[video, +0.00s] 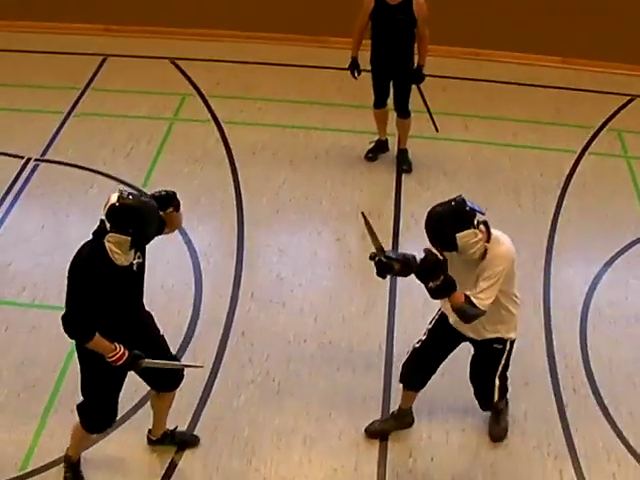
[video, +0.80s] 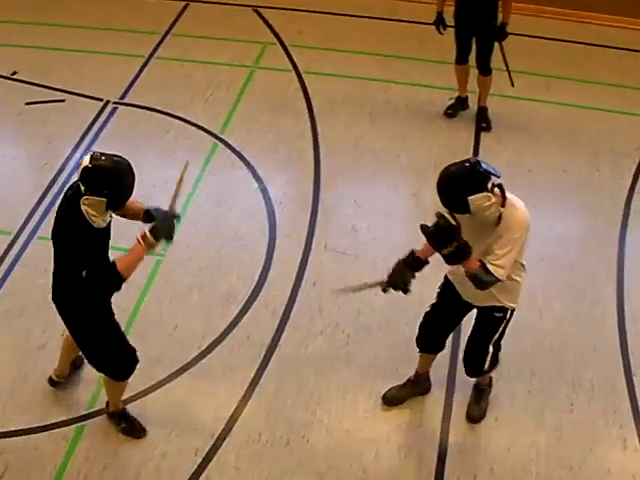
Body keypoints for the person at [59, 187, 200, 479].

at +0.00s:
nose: (138, 243)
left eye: (139, 238)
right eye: (135, 238)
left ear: (137, 232)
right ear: (121, 233)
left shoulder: (134, 234)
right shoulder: (87, 262)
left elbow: (169, 225)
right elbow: (75, 326)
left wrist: (170, 213)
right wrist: (115, 352)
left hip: (135, 324)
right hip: (100, 340)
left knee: (169, 377)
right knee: (99, 418)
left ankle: (158, 433)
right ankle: (72, 459)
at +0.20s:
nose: (144, 230)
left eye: (144, 225)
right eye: (140, 226)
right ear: (126, 226)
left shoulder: (126, 229)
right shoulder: (85, 256)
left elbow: (155, 215)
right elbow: (73, 322)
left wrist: (162, 205)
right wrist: (112, 347)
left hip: (131, 316)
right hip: (97, 336)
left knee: (172, 361)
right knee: (96, 407)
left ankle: (173, 417)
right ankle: (71, 450)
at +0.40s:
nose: (130, 217)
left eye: (130, 213)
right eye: (126, 213)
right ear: (110, 210)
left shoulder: (110, 206)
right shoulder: (72, 237)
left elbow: (135, 222)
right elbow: (72, 305)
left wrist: (154, 204)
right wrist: (119, 324)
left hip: (115, 287)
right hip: (83, 304)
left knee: (149, 333)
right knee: (96, 374)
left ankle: (181, 382)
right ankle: (80, 420)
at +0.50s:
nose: (123, 212)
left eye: (124, 208)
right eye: (120, 208)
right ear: (102, 206)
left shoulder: (94, 205)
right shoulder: (67, 237)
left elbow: (117, 223)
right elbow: (74, 305)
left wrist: (145, 214)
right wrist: (124, 316)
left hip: (100, 282)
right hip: (70, 301)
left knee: (139, 324)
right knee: (95, 370)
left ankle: (159, 375)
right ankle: (86, 414)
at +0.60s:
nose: (116, 210)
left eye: (118, 205)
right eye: (114, 206)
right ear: (97, 205)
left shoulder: (87, 202)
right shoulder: (66, 238)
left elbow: (111, 222)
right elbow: (84, 305)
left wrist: (137, 214)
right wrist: (135, 304)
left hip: (92, 281)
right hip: (66, 303)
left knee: (125, 321)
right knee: (97, 369)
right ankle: (92, 414)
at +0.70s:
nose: (121, 204)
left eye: (122, 199)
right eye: (118, 200)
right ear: (100, 200)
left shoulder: (83, 196)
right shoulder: (73, 236)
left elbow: (114, 212)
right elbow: (99, 298)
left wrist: (139, 207)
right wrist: (147, 277)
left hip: (85, 290)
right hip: (71, 306)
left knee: (114, 321)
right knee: (110, 365)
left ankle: (82, 378)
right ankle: (103, 411)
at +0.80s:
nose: (123, 199)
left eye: (123, 194)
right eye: (119, 195)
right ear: (103, 196)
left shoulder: (84, 191)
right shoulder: (78, 231)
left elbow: (117, 205)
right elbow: (104, 283)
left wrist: (149, 214)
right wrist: (147, 242)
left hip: (76, 288)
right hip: (81, 303)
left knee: (80, 331)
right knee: (121, 361)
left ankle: (61, 372)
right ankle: (114, 410)